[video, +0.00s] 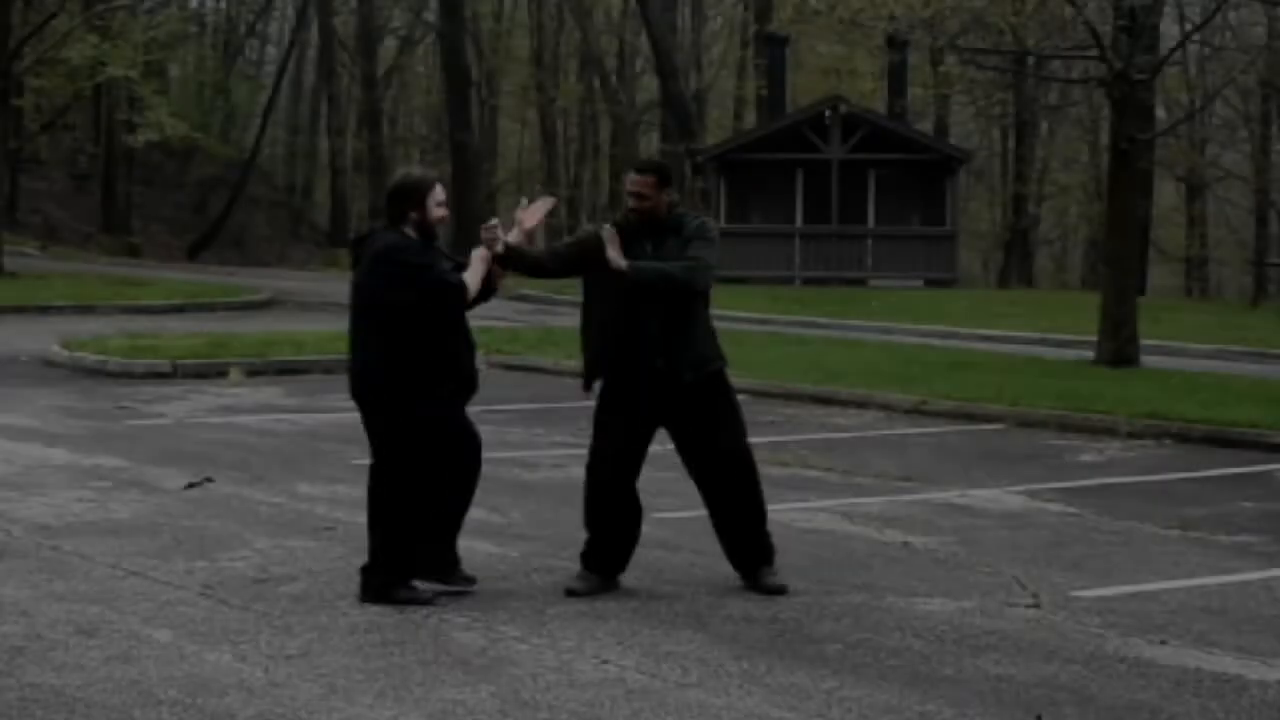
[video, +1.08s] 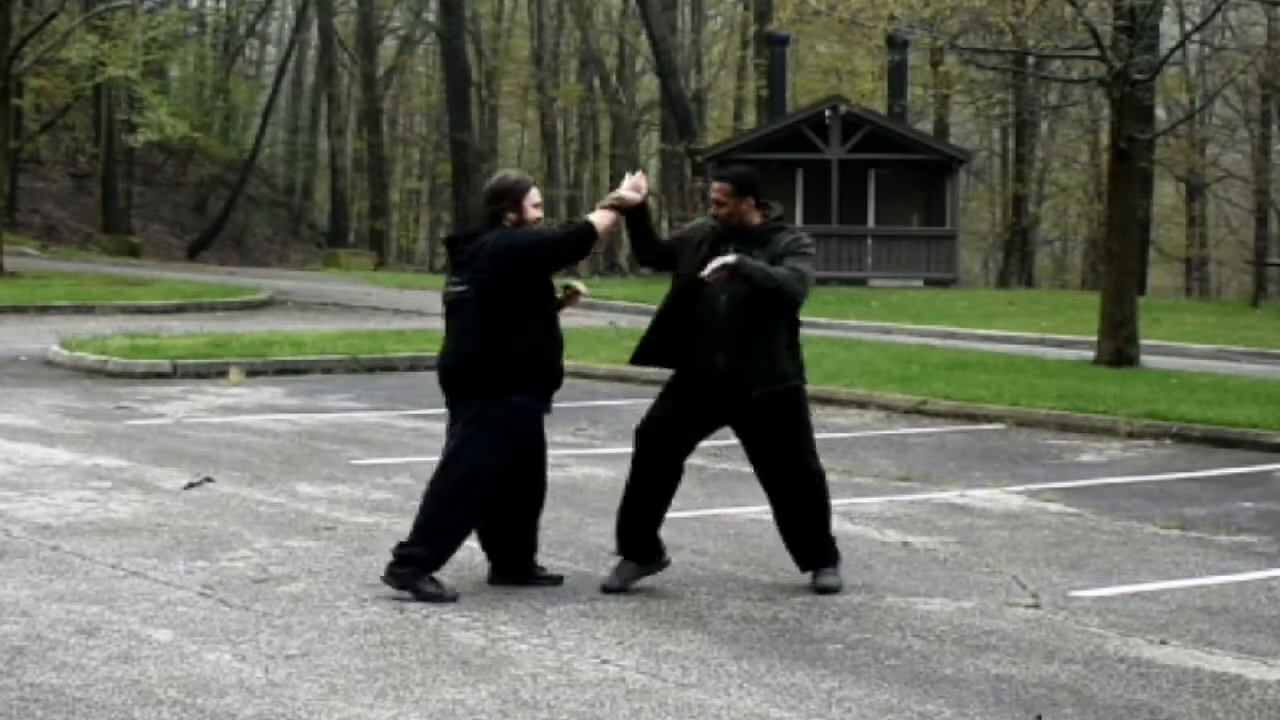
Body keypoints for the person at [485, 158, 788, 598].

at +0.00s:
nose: (633, 205)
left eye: (642, 198)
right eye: (629, 196)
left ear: (667, 198)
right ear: (623, 195)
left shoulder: (692, 232)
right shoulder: (613, 238)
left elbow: (697, 278)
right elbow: (553, 262)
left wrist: (625, 266)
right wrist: (505, 251)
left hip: (693, 378)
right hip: (628, 381)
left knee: (728, 470)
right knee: (608, 476)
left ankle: (758, 567)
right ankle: (600, 570)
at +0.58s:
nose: (613, 212)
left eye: (622, 204)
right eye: (608, 203)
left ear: (647, 203)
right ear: (603, 203)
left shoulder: (681, 238)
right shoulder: (593, 247)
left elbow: (686, 289)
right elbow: (560, 283)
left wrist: (623, 280)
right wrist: (529, 310)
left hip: (681, 383)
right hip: (616, 387)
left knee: (720, 471)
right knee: (598, 478)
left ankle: (751, 567)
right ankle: (599, 569)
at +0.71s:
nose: (623, 212)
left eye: (633, 206)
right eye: (620, 204)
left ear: (659, 206)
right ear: (616, 205)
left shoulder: (693, 245)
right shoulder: (605, 251)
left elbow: (701, 297)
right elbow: (569, 296)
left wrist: (635, 285)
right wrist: (584, 326)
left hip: (689, 385)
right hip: (624, 387)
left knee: (737, 468)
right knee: (598, 475)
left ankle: (782, 556)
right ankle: (597, 568)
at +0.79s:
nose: (640, 213)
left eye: (649, 206)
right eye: (637, 204)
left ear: (675, 208)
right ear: (633, 204)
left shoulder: (706, 247)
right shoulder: (624, 247)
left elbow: (709, 298)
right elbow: (579, 289)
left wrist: (638, 292)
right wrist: (612, 284)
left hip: (697, 392)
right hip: (630, 394)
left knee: (750, 469)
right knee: (602, 477)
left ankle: (805, 551)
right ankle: (597, 569)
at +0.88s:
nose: (662, 213)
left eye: (671, 206)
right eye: (660, 204)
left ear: (699, 207)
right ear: (656, 204)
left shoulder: (727, 246)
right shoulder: (648, 242)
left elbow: (726, 294)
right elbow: (592, 266)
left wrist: (657, 292)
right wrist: (605, 236)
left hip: (713, 389)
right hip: (649, 388)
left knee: (763, 473)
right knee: (615, 475)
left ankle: (821, 554)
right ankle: (598, 569)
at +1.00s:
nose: (693, 210)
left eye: (701, 203)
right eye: (691, 202)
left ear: (731, 204)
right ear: (689, 201)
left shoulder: (764, 241)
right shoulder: (682, 235)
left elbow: (764, 287)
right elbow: (622, 252)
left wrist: (702, 276)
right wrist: (624, 202)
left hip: (748, 387)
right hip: (684, 385)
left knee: (784, 474)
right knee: (640, 472)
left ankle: (821, 564)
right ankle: (602, 566)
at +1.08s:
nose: (715, 210)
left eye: (722, 203)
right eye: (713, 202)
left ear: (752, 204)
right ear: (715, 202)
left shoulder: (788, 242)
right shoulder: (704, 235)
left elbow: (794, 287)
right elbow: (652, 255)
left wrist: (740, 265)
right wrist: (635, 209)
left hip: (767, 385)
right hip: (701, 380)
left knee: (794, 471)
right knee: (654, 445)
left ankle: (823, 563)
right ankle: (639, 552)